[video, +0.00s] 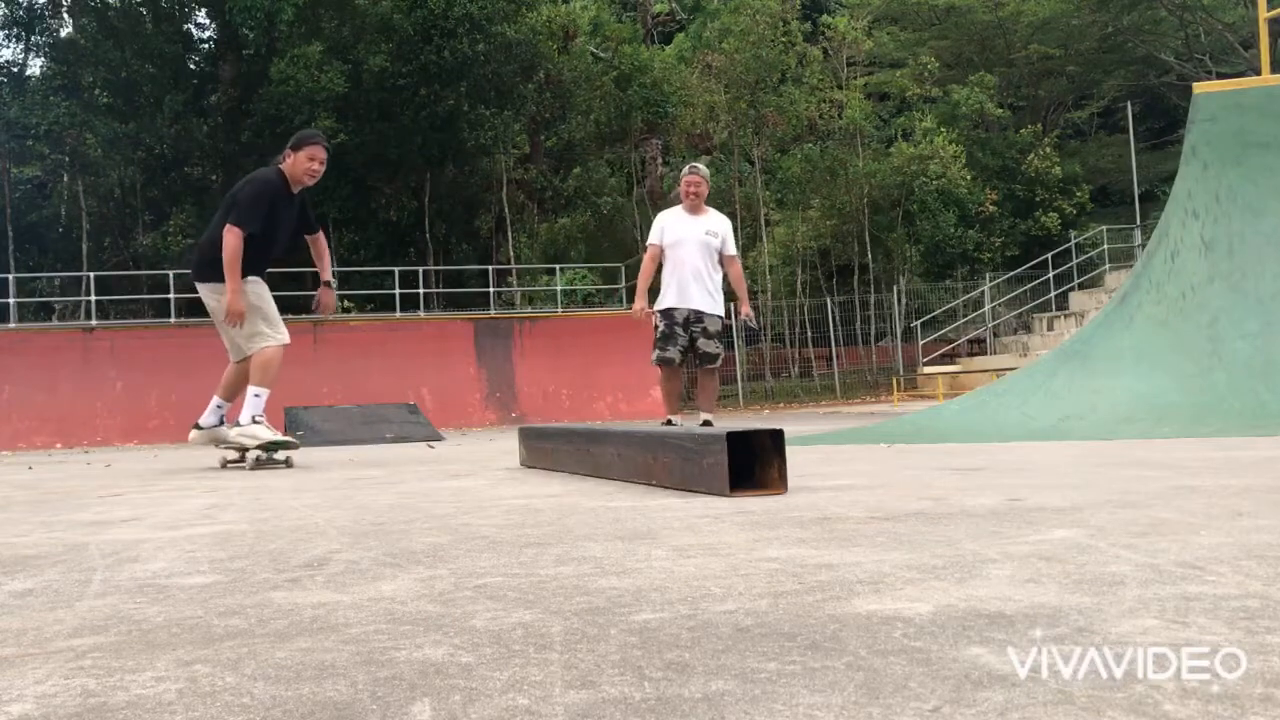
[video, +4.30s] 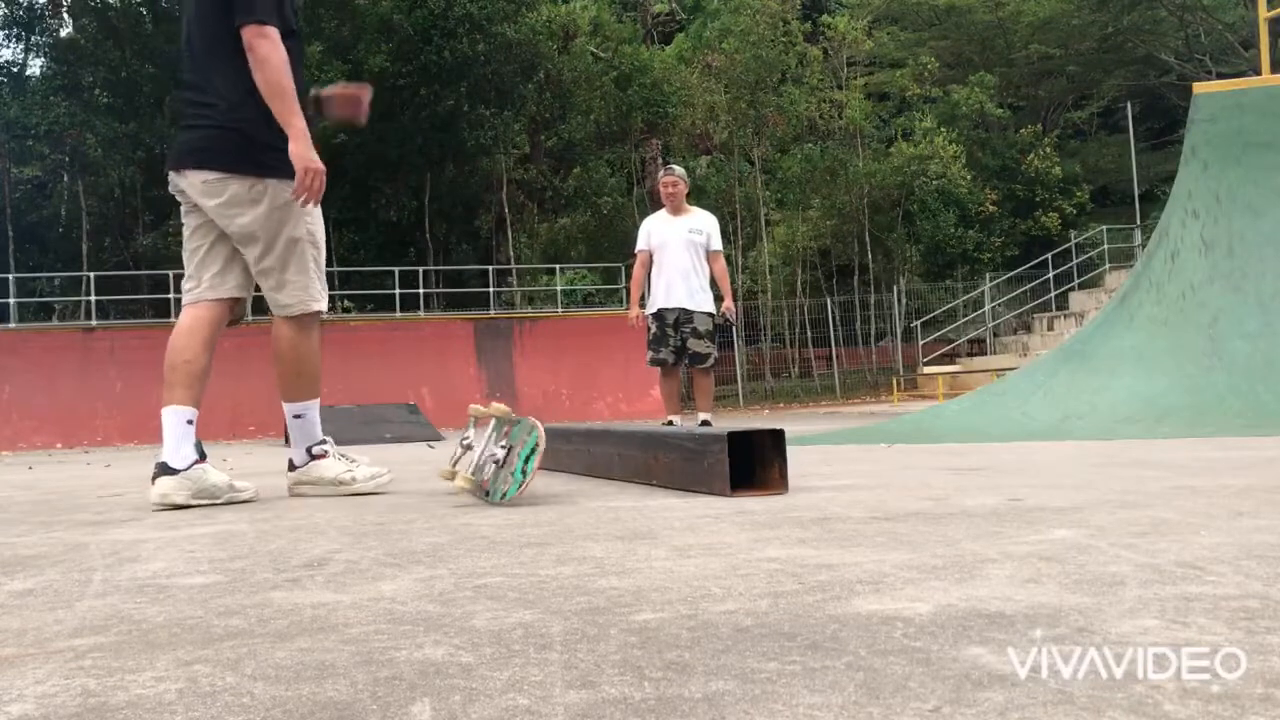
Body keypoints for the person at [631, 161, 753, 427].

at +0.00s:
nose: (692, 190)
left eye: (698, 185)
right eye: (687, 185)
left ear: (707, 189)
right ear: (680, 187)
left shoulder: (721, 222)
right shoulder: (664, 218)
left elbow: (732, 263)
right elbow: (651, 258)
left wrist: (744, 301)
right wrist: (640, 296)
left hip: (708, 306)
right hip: (671, 304)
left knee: (708, 365)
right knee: (669, 364)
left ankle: (706, 419)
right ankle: (672, 419)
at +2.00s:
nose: (666, 192)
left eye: (670, 187)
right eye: (660, 188)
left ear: (680, 189)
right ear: (652, 191)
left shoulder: (698, 219)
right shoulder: (643, 224)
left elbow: (711, 259)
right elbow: (635, 266)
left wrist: (726, 295)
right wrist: (630, 305)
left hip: (696, 304)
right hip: (660, 306)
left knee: (701, 365)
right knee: (668, 367)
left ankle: (705, 419)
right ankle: (673, 421)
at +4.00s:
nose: (668, 191)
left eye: (673, 186)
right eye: (663, 187)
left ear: (684, 187)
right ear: (656, 190)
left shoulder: (703, 220)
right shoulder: (647, 223)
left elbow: (715, 260)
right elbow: (638, 265)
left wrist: (726, 297)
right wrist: (633, 305)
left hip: (697, 305)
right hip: (661, 306)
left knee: (702, 365)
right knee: (668, 366)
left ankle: (705, 418)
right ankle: (672, 420)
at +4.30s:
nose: (669, 190)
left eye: (675, 185)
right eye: (665, 186)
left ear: (686, 187)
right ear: (659, 190)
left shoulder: (706, 220)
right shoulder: (650, 223)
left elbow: (717, 260)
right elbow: (641, 265)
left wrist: (728, 298)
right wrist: (634, 304)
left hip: (699, 305)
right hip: (662, 306)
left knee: (702, 365)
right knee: (668, 366)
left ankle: (704, 419)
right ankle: (673, 420)